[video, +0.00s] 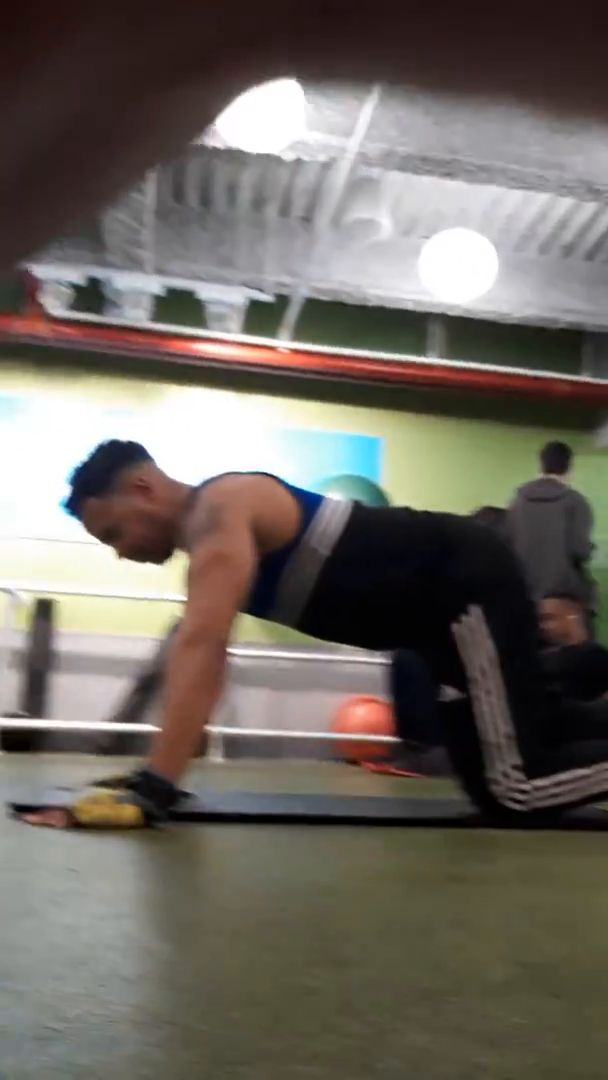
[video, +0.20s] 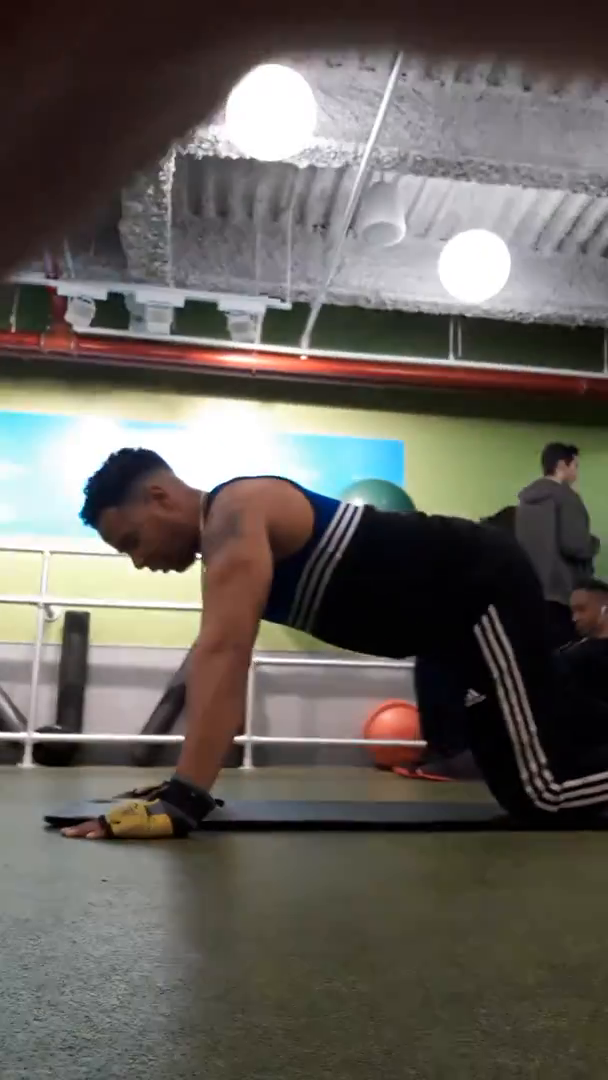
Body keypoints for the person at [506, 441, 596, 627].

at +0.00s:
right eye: (566, 462)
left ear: (542, 463)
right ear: (567, 466)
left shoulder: (520, 499)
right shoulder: (575, 502)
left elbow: (508, 539)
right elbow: (580, 549)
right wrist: (590, 547)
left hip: (526, 587)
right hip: (565, 591)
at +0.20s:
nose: (576, 473)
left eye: (576, 466)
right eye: (575, 466)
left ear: (548, 466)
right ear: (562, 465)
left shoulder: (525, 500)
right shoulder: (566, 497)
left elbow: (521, 542)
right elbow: (574, 545)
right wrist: (594, 544)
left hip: (532, 592)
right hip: (564, 594)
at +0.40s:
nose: (564, 471)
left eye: (565, 464)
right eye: (560, 463)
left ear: (541, 464)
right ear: (542, 463)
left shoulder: (523, 492)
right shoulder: (546, 492)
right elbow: (550, 537)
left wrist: (566, 524)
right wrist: (579, 538)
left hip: (528, 591)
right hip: (548, 594)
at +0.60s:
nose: (556, 466)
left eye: (557, 460)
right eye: (550, 459)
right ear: (533, 461)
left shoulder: (529, 490)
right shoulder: (534, 491)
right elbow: (536, 537)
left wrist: (560, 526)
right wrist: (574, 539)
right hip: (538, 596)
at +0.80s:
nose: (553, 462)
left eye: (555, 456)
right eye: (547, 455)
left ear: (558, 459)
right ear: (530, 458)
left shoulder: (533, 487)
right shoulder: (530, 488)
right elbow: (536, 537)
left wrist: (563, 527)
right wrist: (576, 539)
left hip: (538, 596)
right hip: (535, 598)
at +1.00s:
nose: (556, 455)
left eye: (559, 450)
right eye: (550, 449)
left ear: (562, 453)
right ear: (533, 454)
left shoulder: (543, 486)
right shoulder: (532, 485)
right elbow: (536, 539)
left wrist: (576, 535)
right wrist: (582, 542)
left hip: (549, 596)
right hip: (538, 597)